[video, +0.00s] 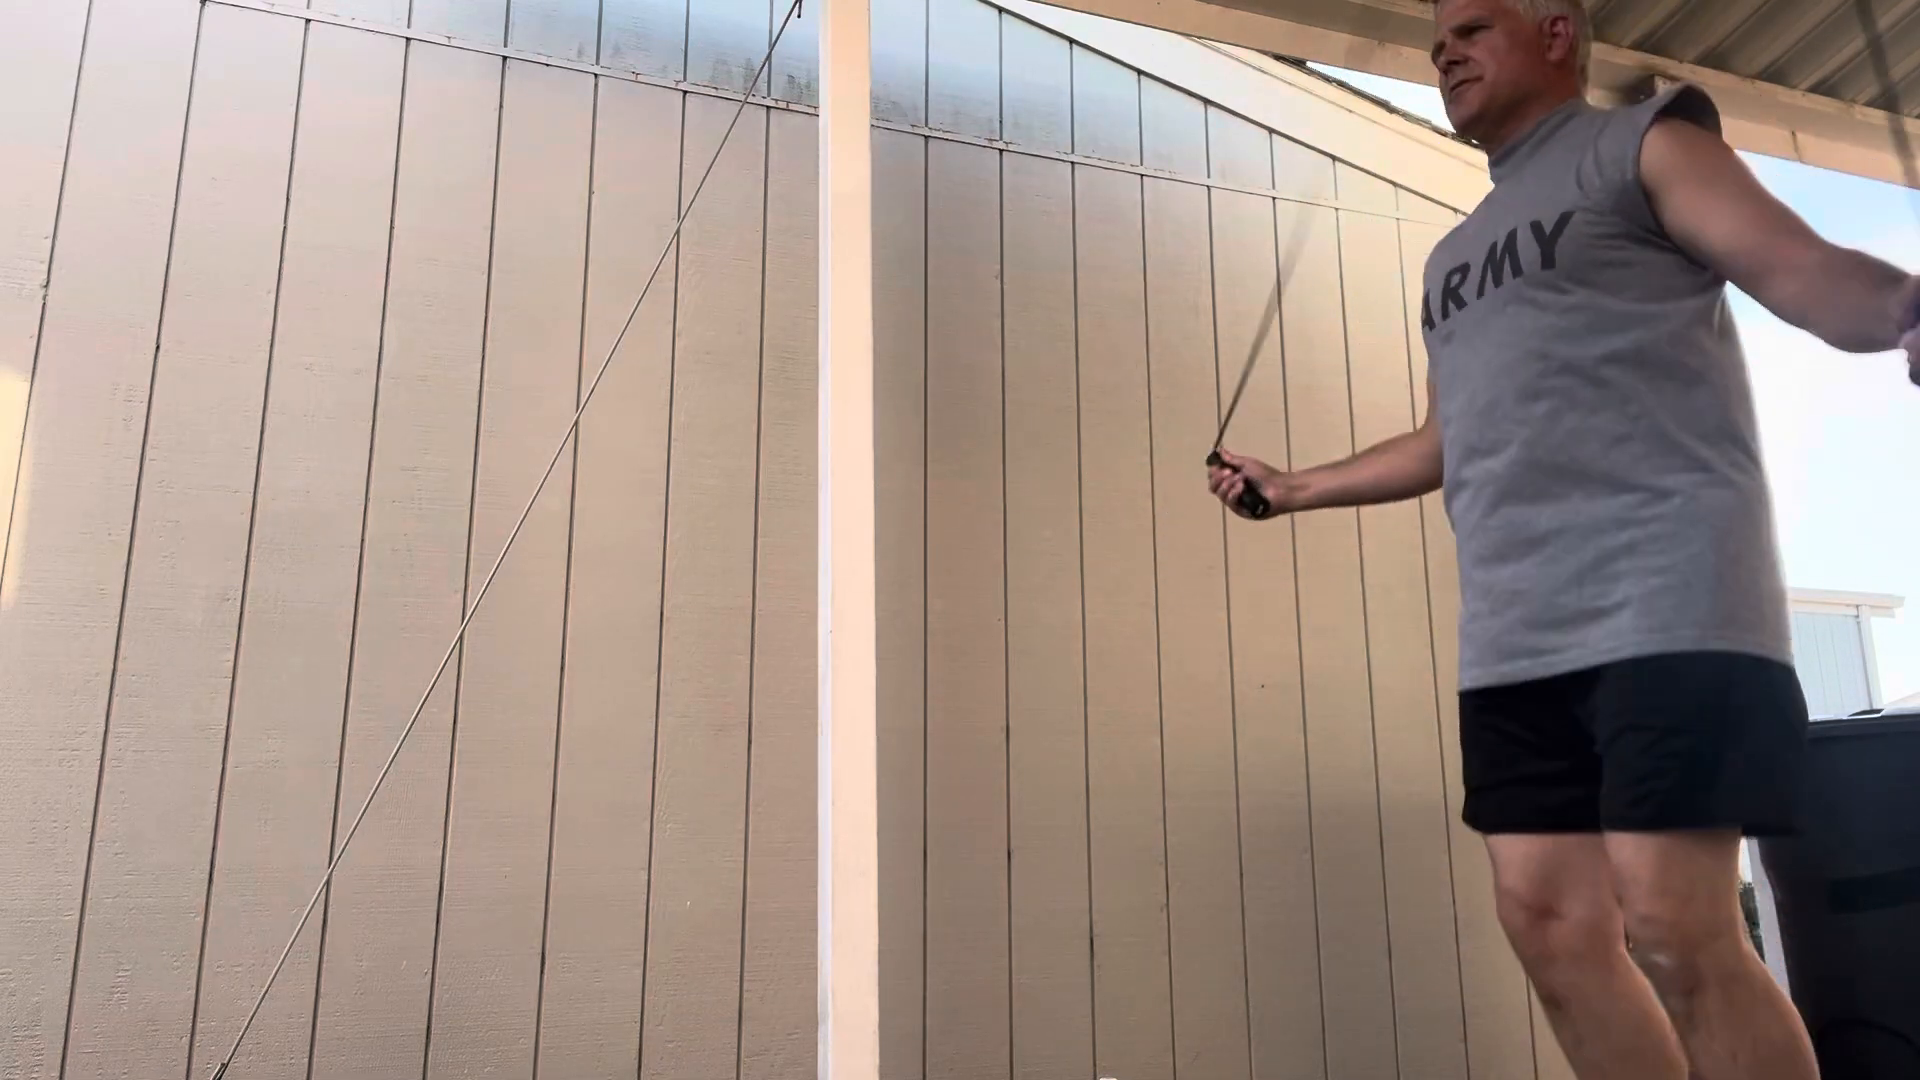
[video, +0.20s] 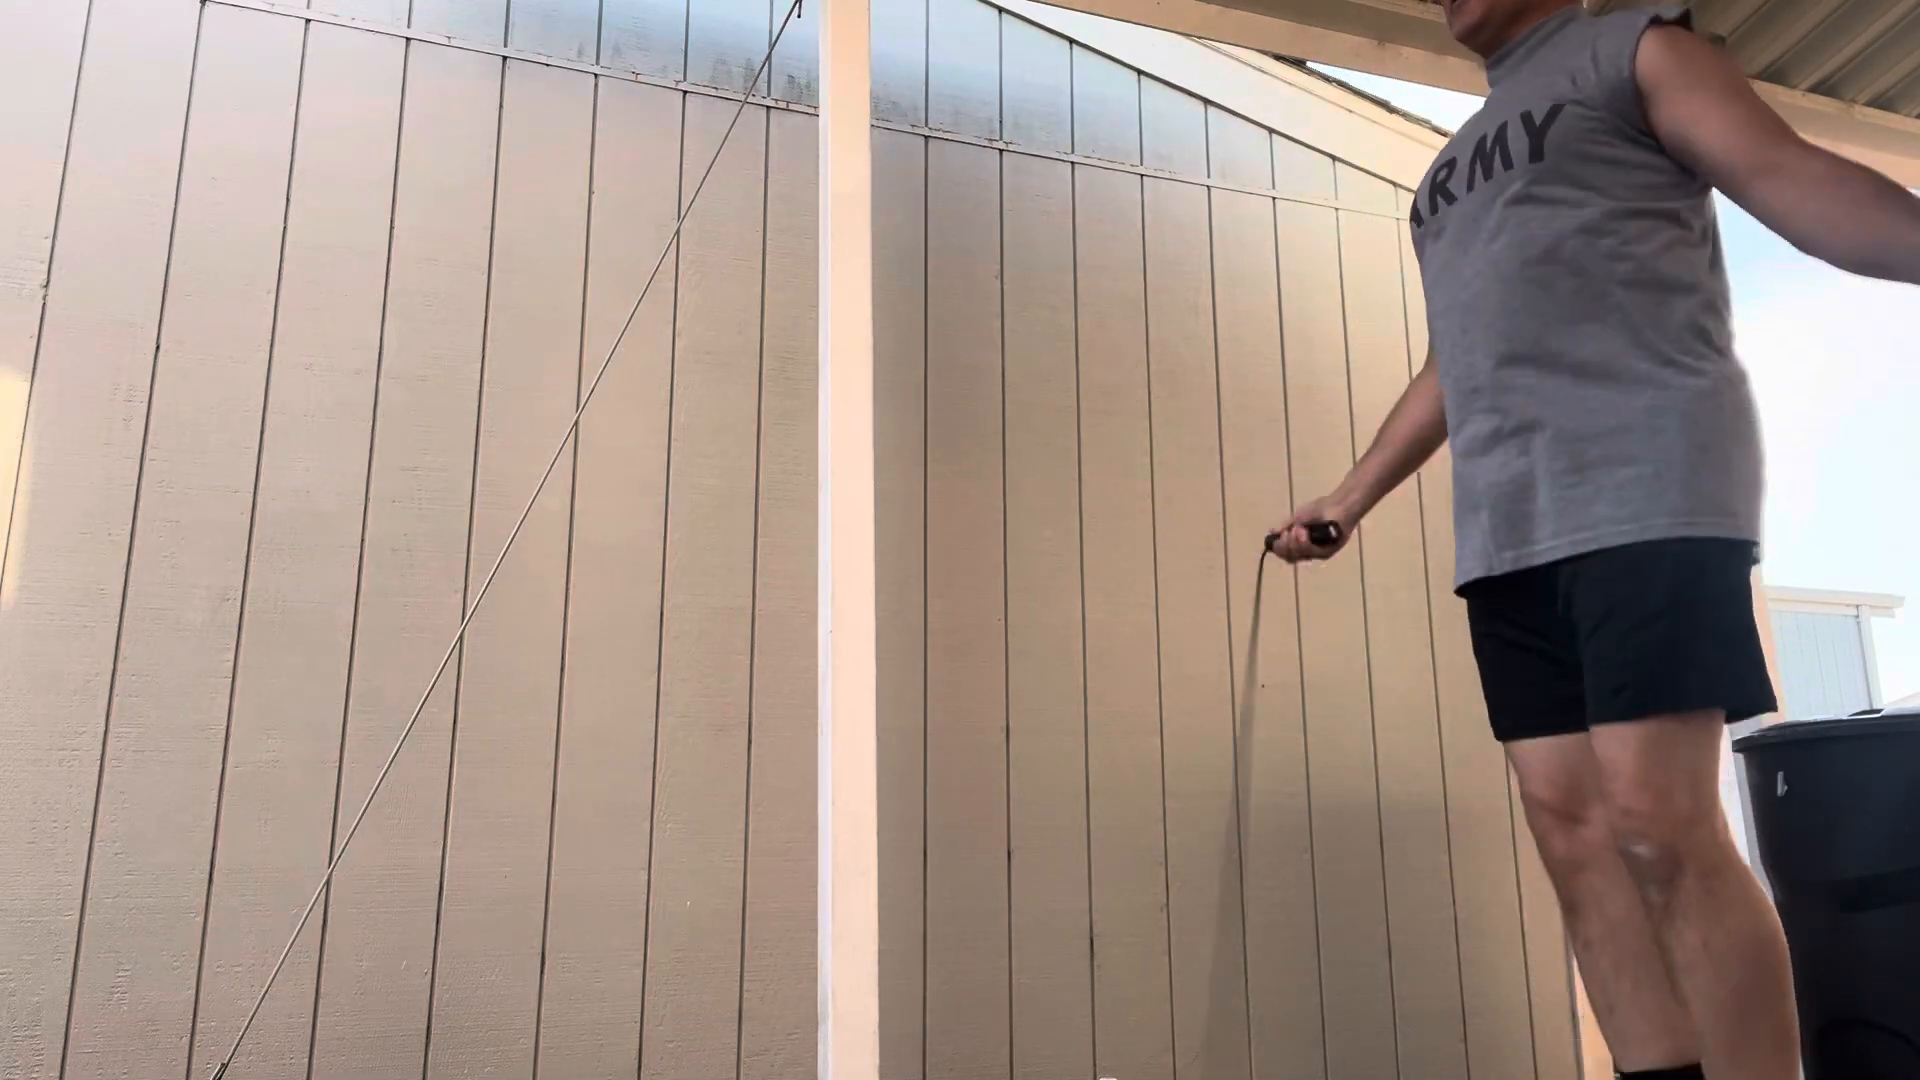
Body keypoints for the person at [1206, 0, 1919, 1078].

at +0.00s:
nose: (1443, 51)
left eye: (1472, 28)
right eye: (1437, 40)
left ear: (1559, 37)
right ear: (1443, 75)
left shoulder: (1641, 142)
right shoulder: (1452, 255)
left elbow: (1794, 263)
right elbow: (1442, 443)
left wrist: (1902, 307)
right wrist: (1293, 487)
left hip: (1674, 589)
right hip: (1512, 620)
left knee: (1677, 923)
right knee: (1547, 918)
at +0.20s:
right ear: (1454, 19)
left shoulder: (1636, 44)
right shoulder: (1448, 175)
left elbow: (1784, 174)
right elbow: (1456, 364)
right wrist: (1349, 496)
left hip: (1648, 476)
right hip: (1503, 513)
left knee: (1662, 821)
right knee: (1565, 821)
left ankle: (1761, 1069)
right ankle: (1663, 1069)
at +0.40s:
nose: (1456, 53)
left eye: (1484, 30)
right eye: (1448, 42)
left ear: (1569, 41)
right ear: (1452, 75)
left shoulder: (1656, 152)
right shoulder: (1463, 263)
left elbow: (1821, 281)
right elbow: (1450, 451)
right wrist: (1305, 508)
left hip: (1677, 606)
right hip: (1515, 635)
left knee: (1681, 936)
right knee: (1545, 932)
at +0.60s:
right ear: (1454, 20)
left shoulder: (1644, 40)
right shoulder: (1457, 176)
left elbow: (1791, 172)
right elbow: (1467, 365)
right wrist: (1356, 503)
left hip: (1673, 490)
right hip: (1521, 526)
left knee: (1704, 829)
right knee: (1586, 826)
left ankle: (1774, 1072)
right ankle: (1664, 1068)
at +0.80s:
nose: (1464, 32)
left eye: (1493, 9)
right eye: (1455, 25)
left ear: (1578, 16)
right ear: (1463, 63)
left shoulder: (1664, 112)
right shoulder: (1470, 232)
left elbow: (1837, 237)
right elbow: (1472, 420)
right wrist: (1323, 475)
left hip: (1706, 570)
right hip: (1537, 602)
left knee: (1729, 913)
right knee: (1586, 911)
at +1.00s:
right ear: (1470, 12)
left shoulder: (1666, 36)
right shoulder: (1477, 169)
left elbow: (1812, 164)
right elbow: (1485, 361)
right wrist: (1376, 499)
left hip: (1684, 487)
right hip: (1530, 522)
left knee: (1712, 832)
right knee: (1595, 827)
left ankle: (1799, 1068)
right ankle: (1696, 1064)